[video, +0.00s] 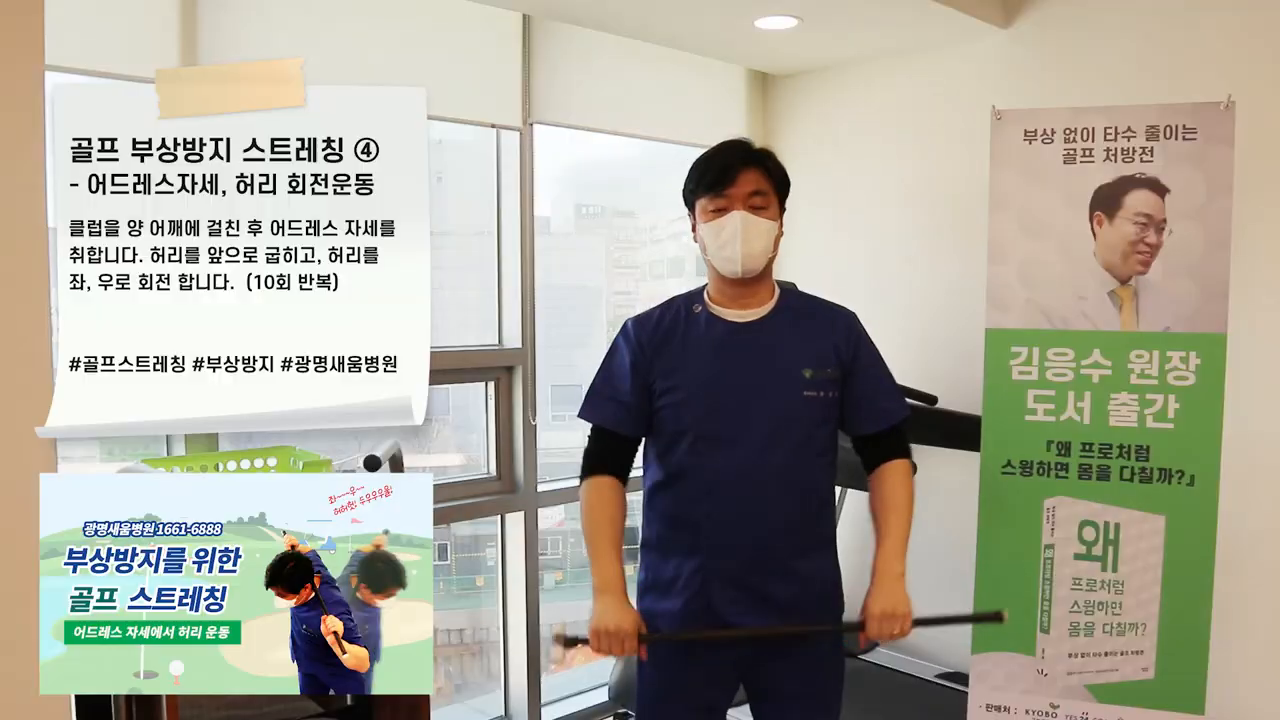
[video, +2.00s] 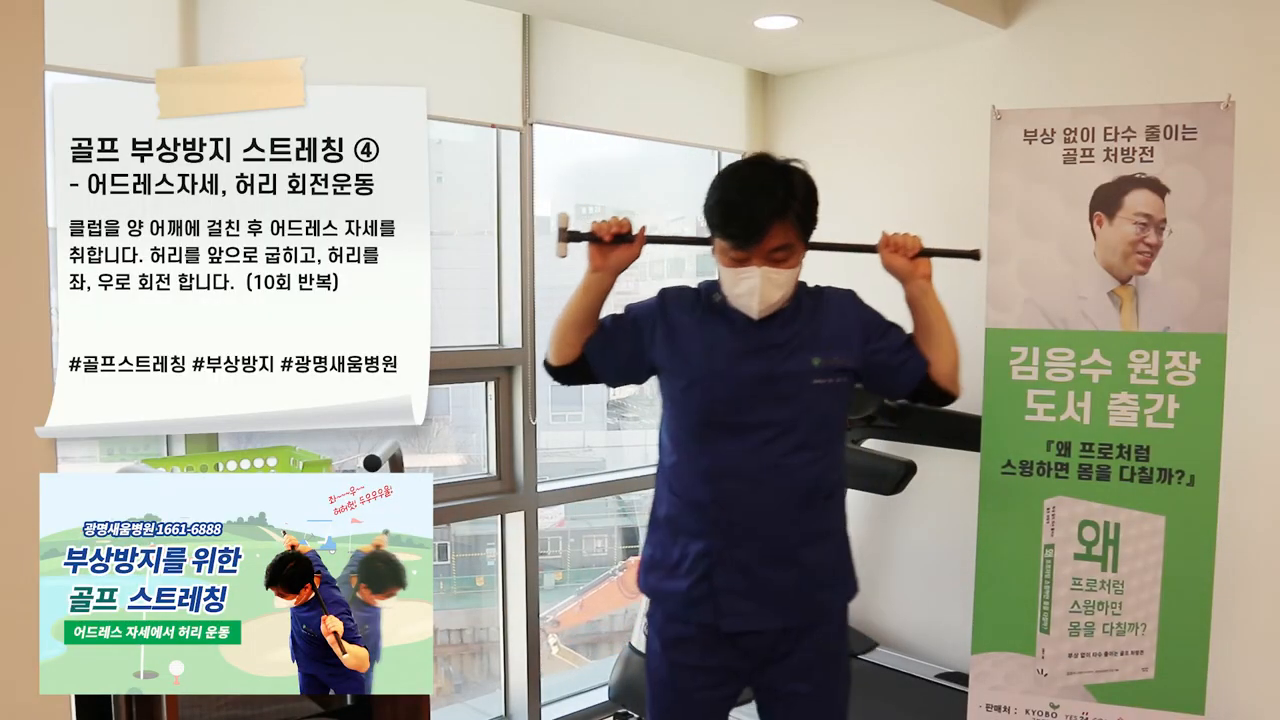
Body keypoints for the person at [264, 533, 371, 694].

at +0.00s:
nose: (279, 599)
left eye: (283, 596)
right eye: (276, 594)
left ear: (306, 590)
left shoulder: (334, 607)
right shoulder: (313, 572)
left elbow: (363, 665)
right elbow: (308, 553)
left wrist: (335, 642)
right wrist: (296, 547)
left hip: (343, 676)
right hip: (311, 668)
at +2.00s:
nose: (278, 599)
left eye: (283, 596)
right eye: (276, 594)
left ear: (306, 590)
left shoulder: (334, 607)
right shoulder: (312, 570)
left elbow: (363, 665)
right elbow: (308, 552)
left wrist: (335, 642)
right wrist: (297, 547)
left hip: (344, 673)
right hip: (310, 667)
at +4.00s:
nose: (278, 599)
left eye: (283, 596)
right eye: (276, 594)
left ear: (306, 590)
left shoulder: (334, 607)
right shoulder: (312, 570)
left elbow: (363, 665)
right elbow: (308, 552)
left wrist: (335, 642)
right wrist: (297, 547)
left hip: (344, 673)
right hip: (310, 667)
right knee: (312, 714)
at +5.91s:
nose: (278, 599)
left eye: (283, 595)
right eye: (276, 593)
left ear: (306, 589)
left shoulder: (334, 608)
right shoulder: (311, 569)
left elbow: (363, 665)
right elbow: (308, 552)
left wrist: (335, 642)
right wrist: (296, 547)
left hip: (344, 672)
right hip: (310, 666)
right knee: (312, 713)